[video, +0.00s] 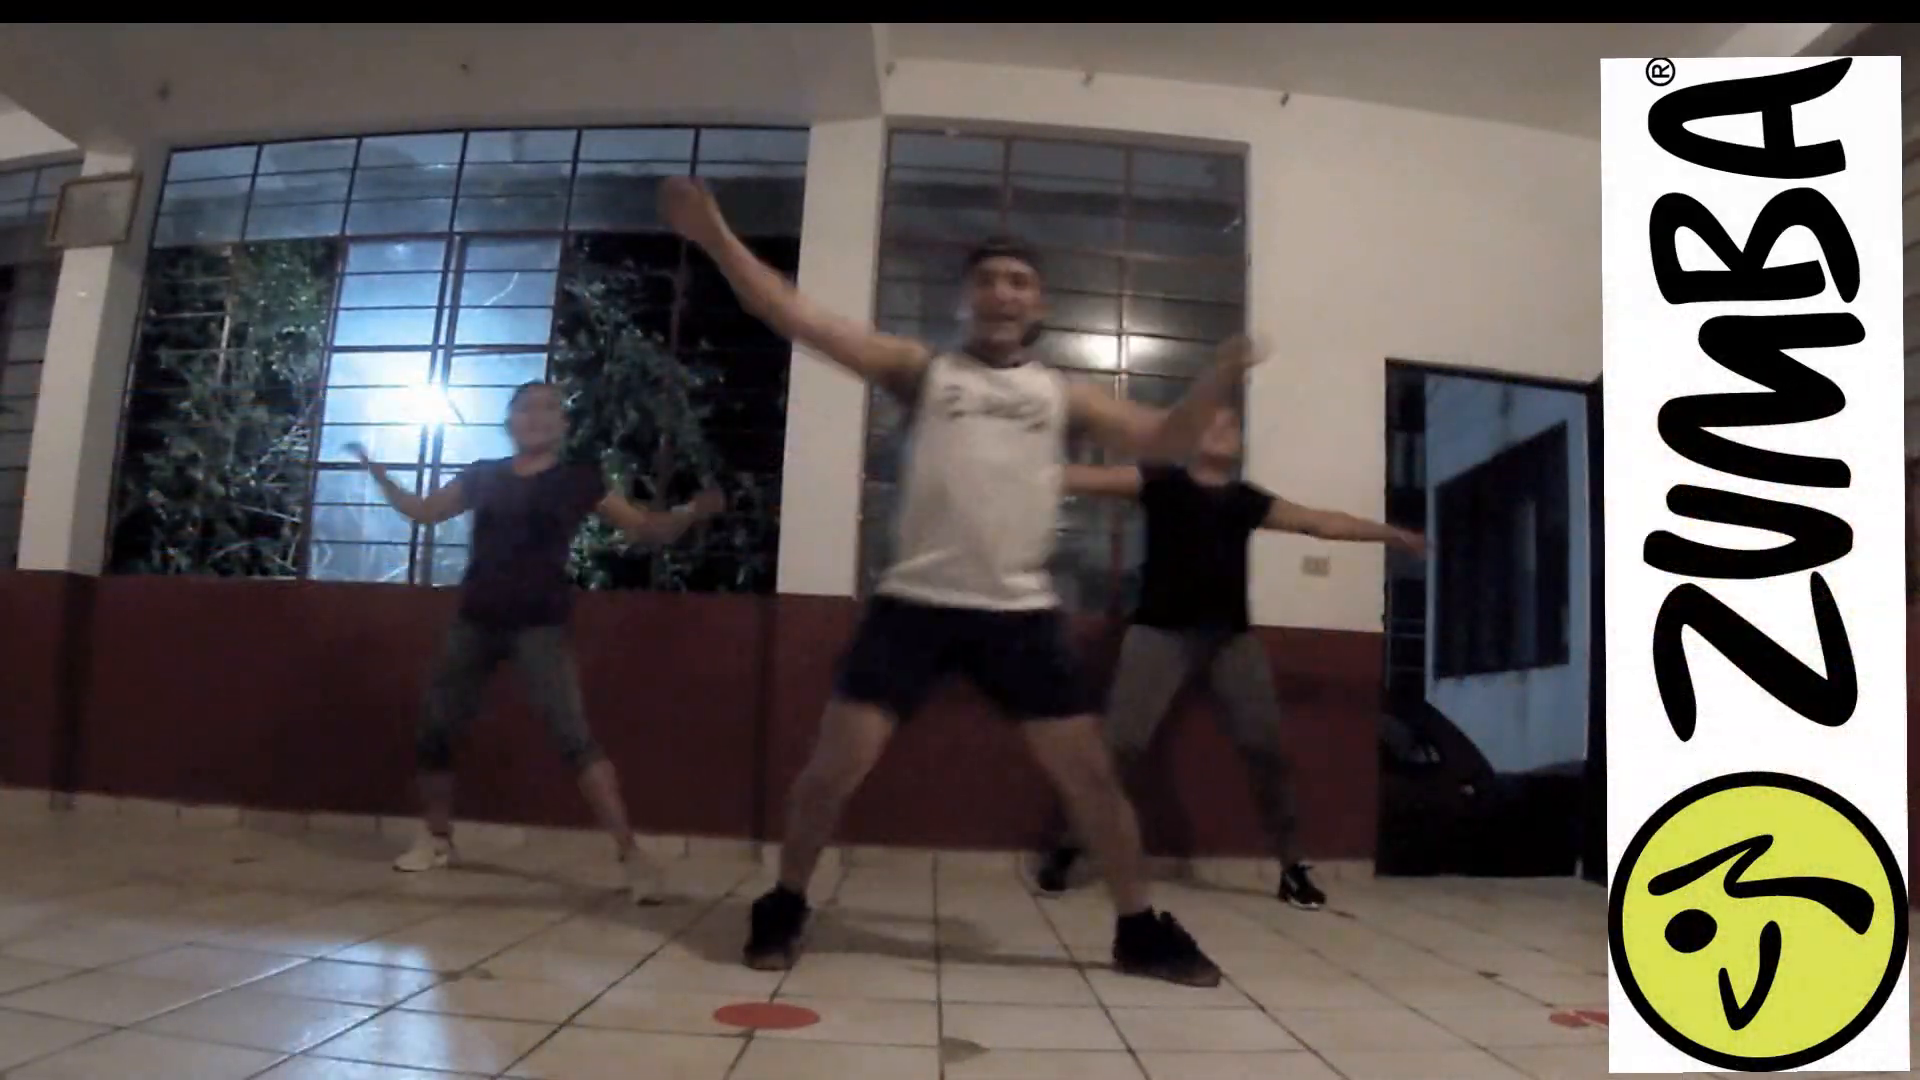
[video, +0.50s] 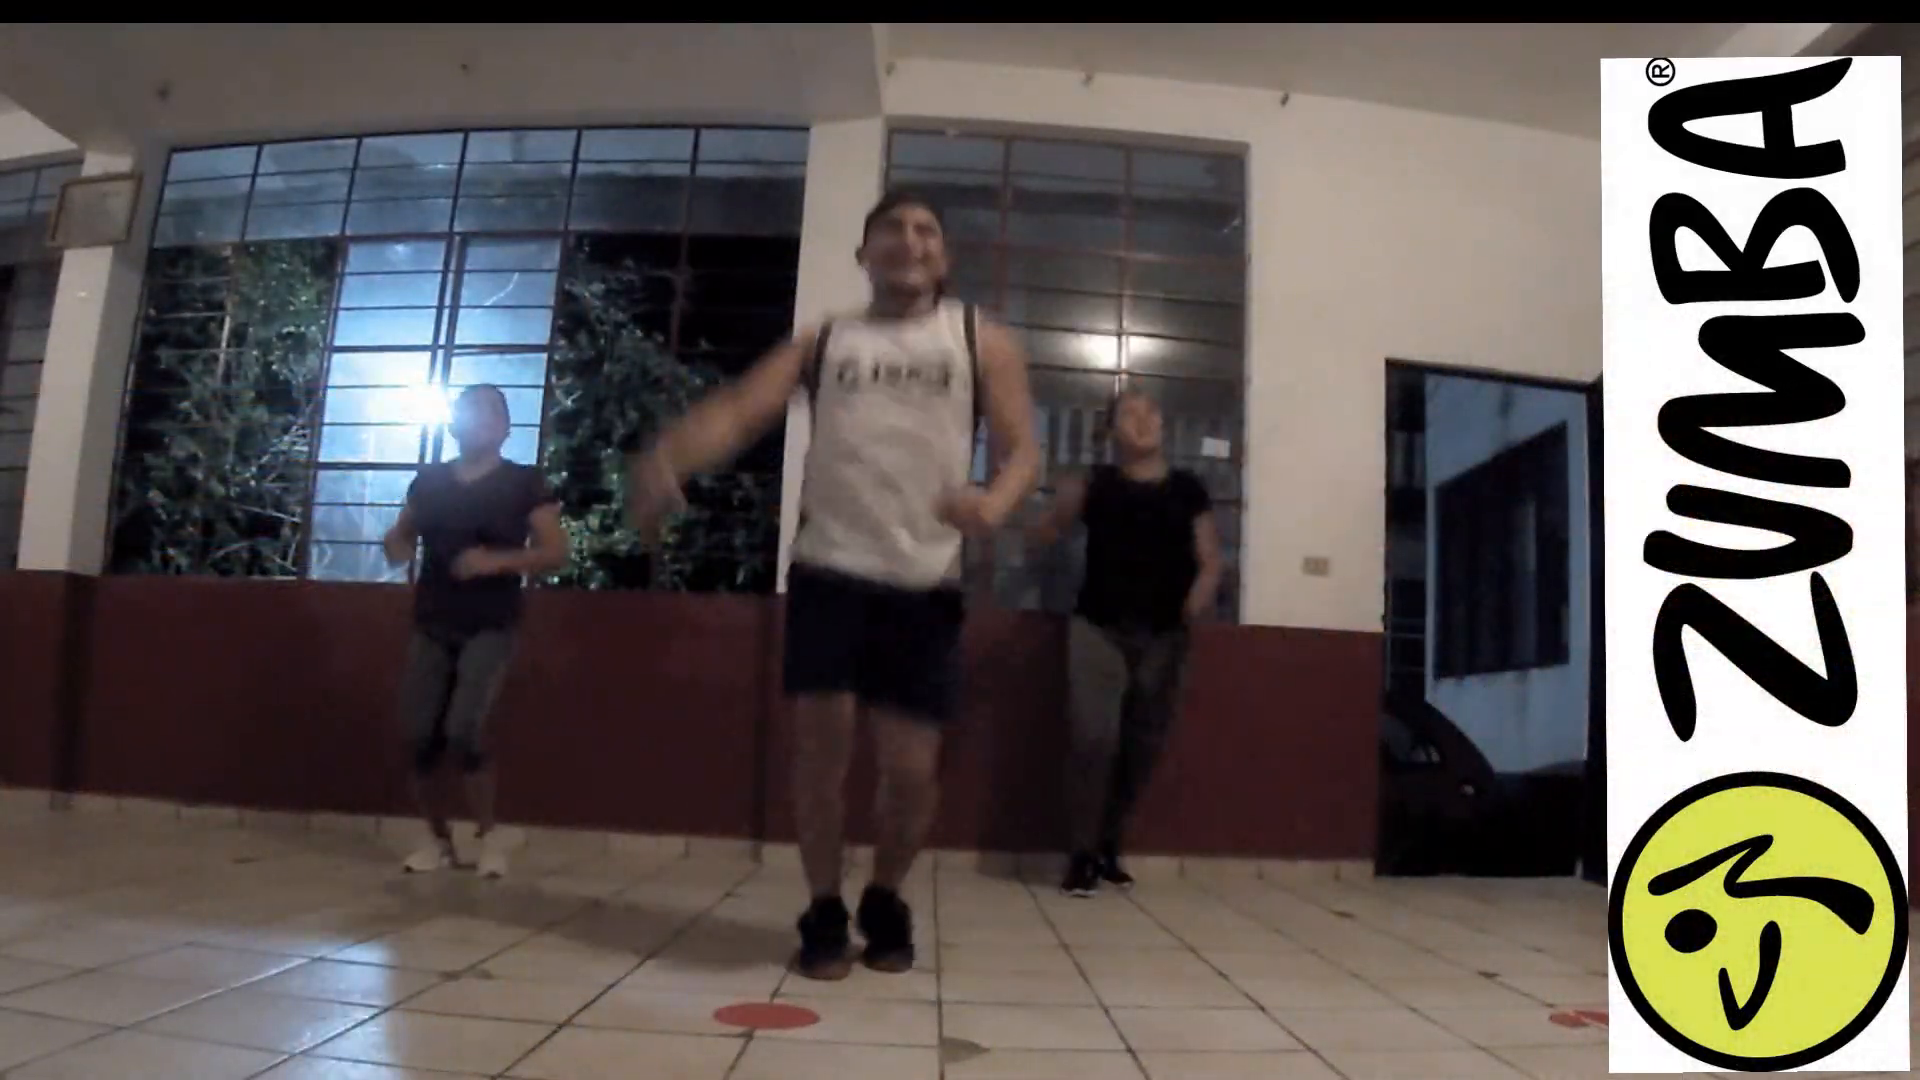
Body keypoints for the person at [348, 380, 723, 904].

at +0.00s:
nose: (534, 417)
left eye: (545, 408)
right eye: (525, 407)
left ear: (563, 422)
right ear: (510, 419)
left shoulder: (578, 479)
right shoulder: (486, 476)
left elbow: (643, 527)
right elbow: (423, 511)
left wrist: (692, 513)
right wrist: (378, 476)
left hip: (540, 622)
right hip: (478, 618)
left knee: (572, 734)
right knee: (436, 724)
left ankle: (629, 853)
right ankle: (437, 842)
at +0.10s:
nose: (508, 426)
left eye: (519, 419)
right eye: (500, 417)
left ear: (534, 435)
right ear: (483, 430)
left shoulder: (547, 494)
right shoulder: (454, 490)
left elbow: (594, 557)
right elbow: (406, 537)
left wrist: (652, 548)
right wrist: (356, 501)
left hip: (518, 633)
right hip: (455, 630)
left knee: (547, 740)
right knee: (416, 734)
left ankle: (606, 852)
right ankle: (436, 842)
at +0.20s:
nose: (494, 427)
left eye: (504, 420)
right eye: (485, 417)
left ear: (518, 433)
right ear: (466, 427)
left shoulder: (531, 489)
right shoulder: (441, 487)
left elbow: (581, 550)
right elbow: (397, 537)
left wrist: (612, 554)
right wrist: (350, 502)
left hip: (507, 629)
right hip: (444, 629)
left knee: (529, 736)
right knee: (418, 741)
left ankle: (573, 850)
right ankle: (437, 841)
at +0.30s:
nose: (484, 412)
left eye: (493, 404)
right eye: (476, 402)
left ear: (508, 414)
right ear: (459, 410)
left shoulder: (528, 473)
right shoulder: (431, 473)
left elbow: (583, 517)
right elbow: (391, 520)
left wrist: (543, 539)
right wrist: (363, 495)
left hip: (505, 612)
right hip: (444, 612)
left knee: (507, 719)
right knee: (429, 725)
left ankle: (526, 836)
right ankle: (438, 840)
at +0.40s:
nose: (485, 408)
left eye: (494, 400)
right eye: (475, 398)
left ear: (506, 410)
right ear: (457, 406)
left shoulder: (524, 464)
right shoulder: (430, 467)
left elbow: (582, 516)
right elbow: (393, 520)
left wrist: (524, 534)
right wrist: (378, 504)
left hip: (500, 609)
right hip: (441, 608)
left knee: (479, 722)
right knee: (431, 726)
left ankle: (495, 835)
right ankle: (440, 840)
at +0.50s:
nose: (470, 419)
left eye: (482, 410)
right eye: (465, 409)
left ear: (502, 424)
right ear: (454, 419)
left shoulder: (524, 484)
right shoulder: (430, 482)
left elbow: (556, 551)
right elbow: (398, 543)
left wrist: (495, 560)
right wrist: (401, 547)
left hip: (491, 626)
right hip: (433, 621)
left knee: (464, 730)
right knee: (419, 733)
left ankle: (487, 835)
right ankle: (438, 842)